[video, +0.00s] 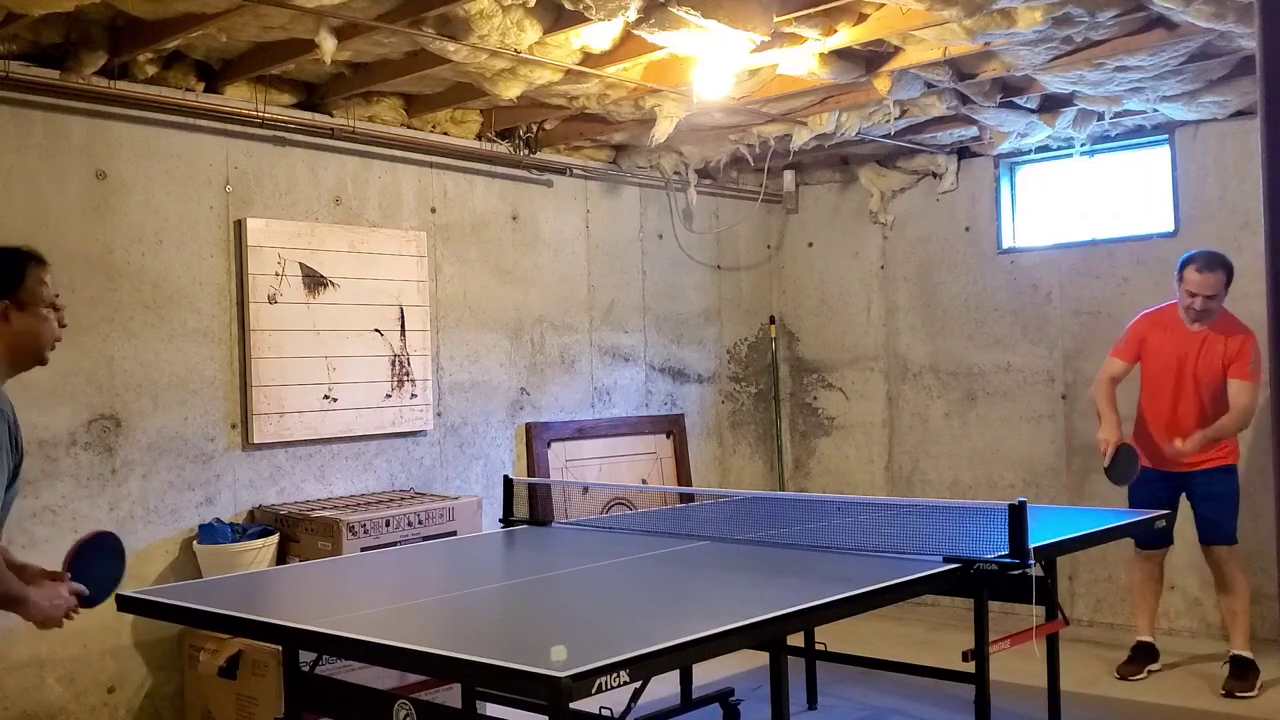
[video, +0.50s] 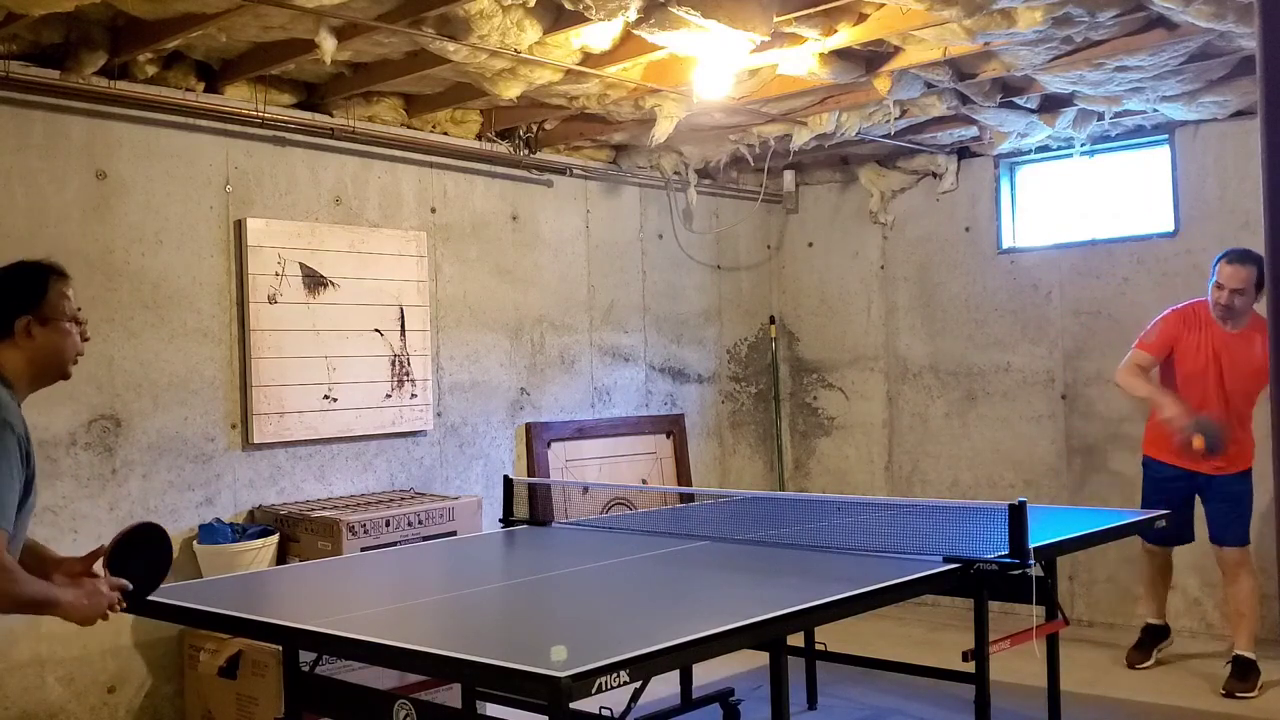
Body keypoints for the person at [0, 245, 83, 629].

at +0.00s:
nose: (63, 322)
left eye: (58, 307)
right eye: (51, 306)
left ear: (9, 312)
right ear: (8, 312)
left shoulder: (6, 414)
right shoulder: (3, 415)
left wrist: (25, 573)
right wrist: (24, 599)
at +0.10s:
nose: (75, 325)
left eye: (70, 310)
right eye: (62, 310)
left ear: (17, 317)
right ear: (16, 317)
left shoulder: (7, 410)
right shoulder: (2, 413)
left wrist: (32, 579)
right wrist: (30, 611)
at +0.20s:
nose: (83, 327)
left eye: (78, 312)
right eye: (71, 311)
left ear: (27, 320)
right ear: (25, 319)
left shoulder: (8, 411)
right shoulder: (2, 415)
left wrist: (40, 582)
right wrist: (35, 614)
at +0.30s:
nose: (89, 325)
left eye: (84, 311)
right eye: (76, 310)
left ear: (32, 321)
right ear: (30, 320)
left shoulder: (11, 409)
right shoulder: (5, 416)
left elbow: (2, 531)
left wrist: (51, 579)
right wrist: (47, 613)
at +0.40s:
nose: (90, 325)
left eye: (84, 311)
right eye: (77, 311)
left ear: (32, 322)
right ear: (31, 321)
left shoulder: (12, 408)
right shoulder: (6, 415)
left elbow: (5, 531)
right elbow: (2, 560)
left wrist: (57, 571)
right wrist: (56, 605)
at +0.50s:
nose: (86, 335)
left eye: (80, 320)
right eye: (73, 320)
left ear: (28, 331)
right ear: (27, 331)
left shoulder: (11, 418)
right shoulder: (5, 423)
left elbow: (7, 536)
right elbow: (1, 568)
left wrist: (61, 567)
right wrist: (62, 600)